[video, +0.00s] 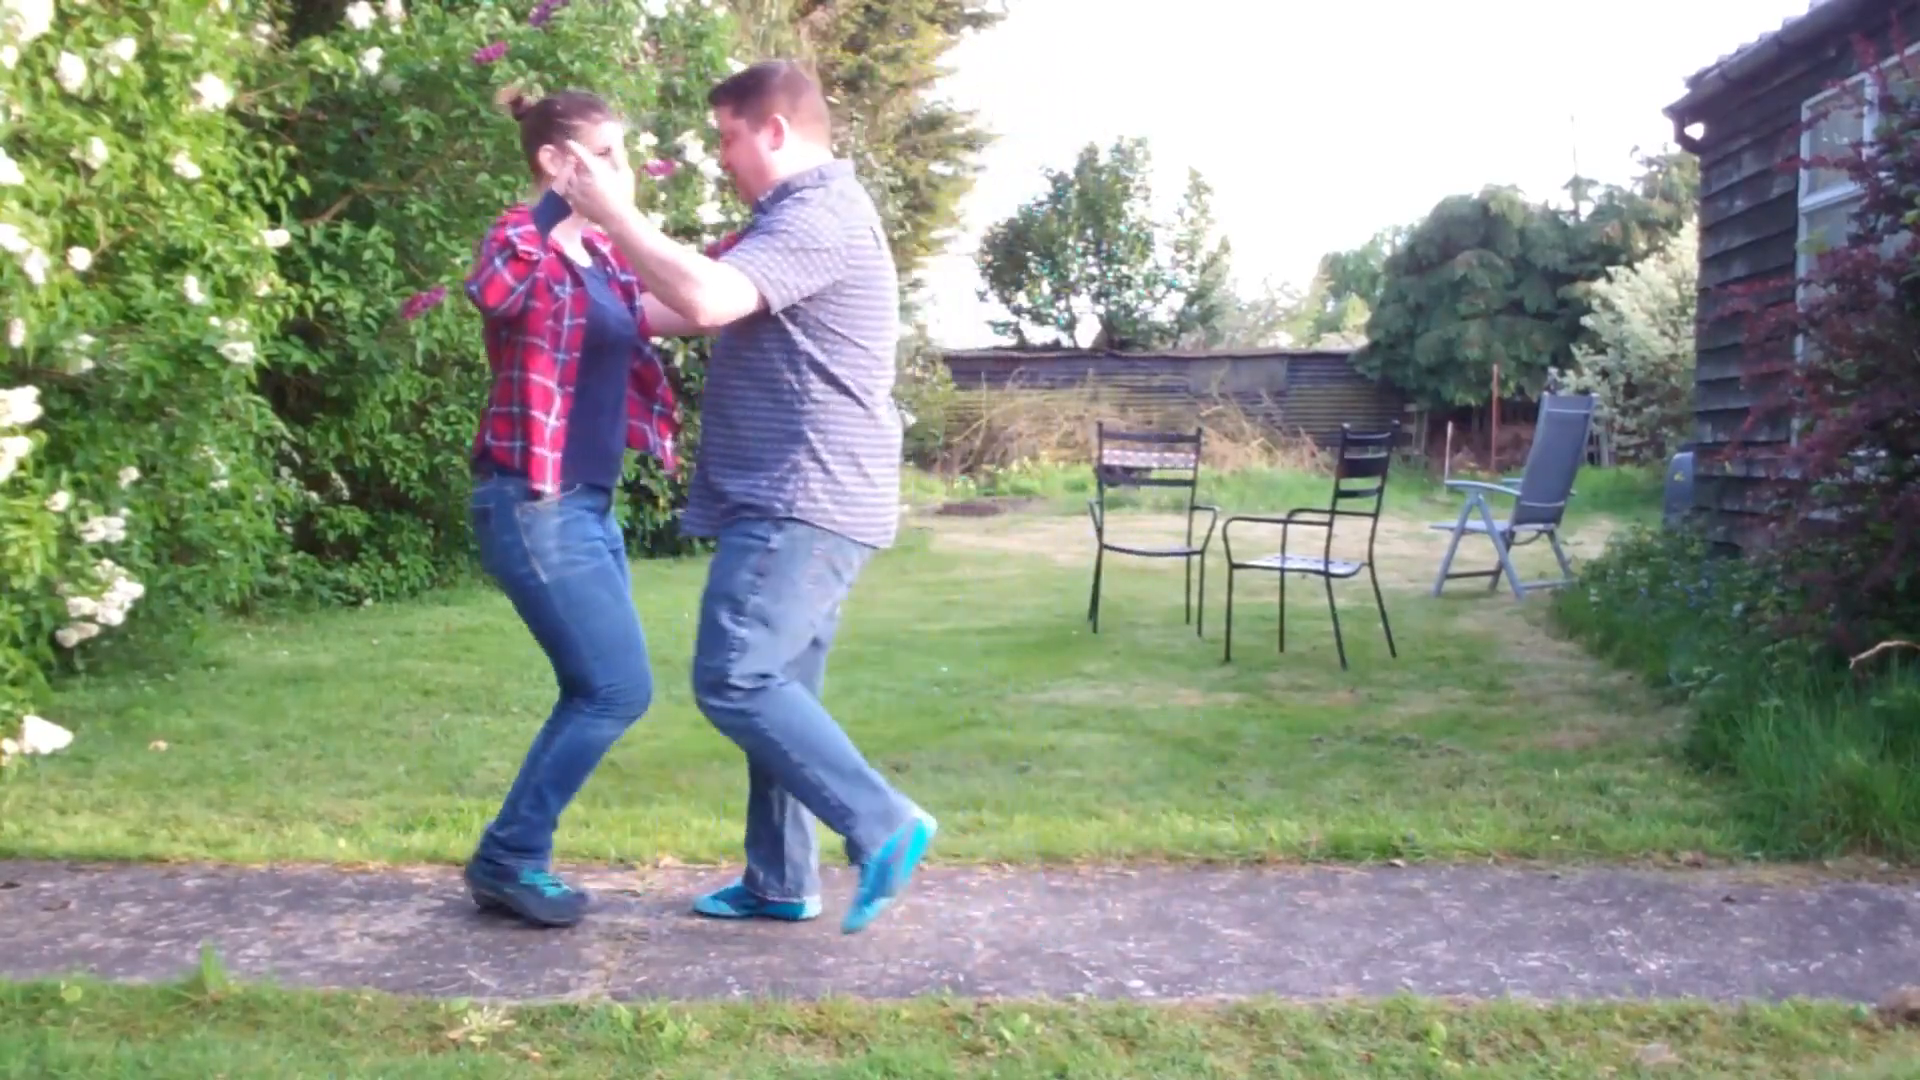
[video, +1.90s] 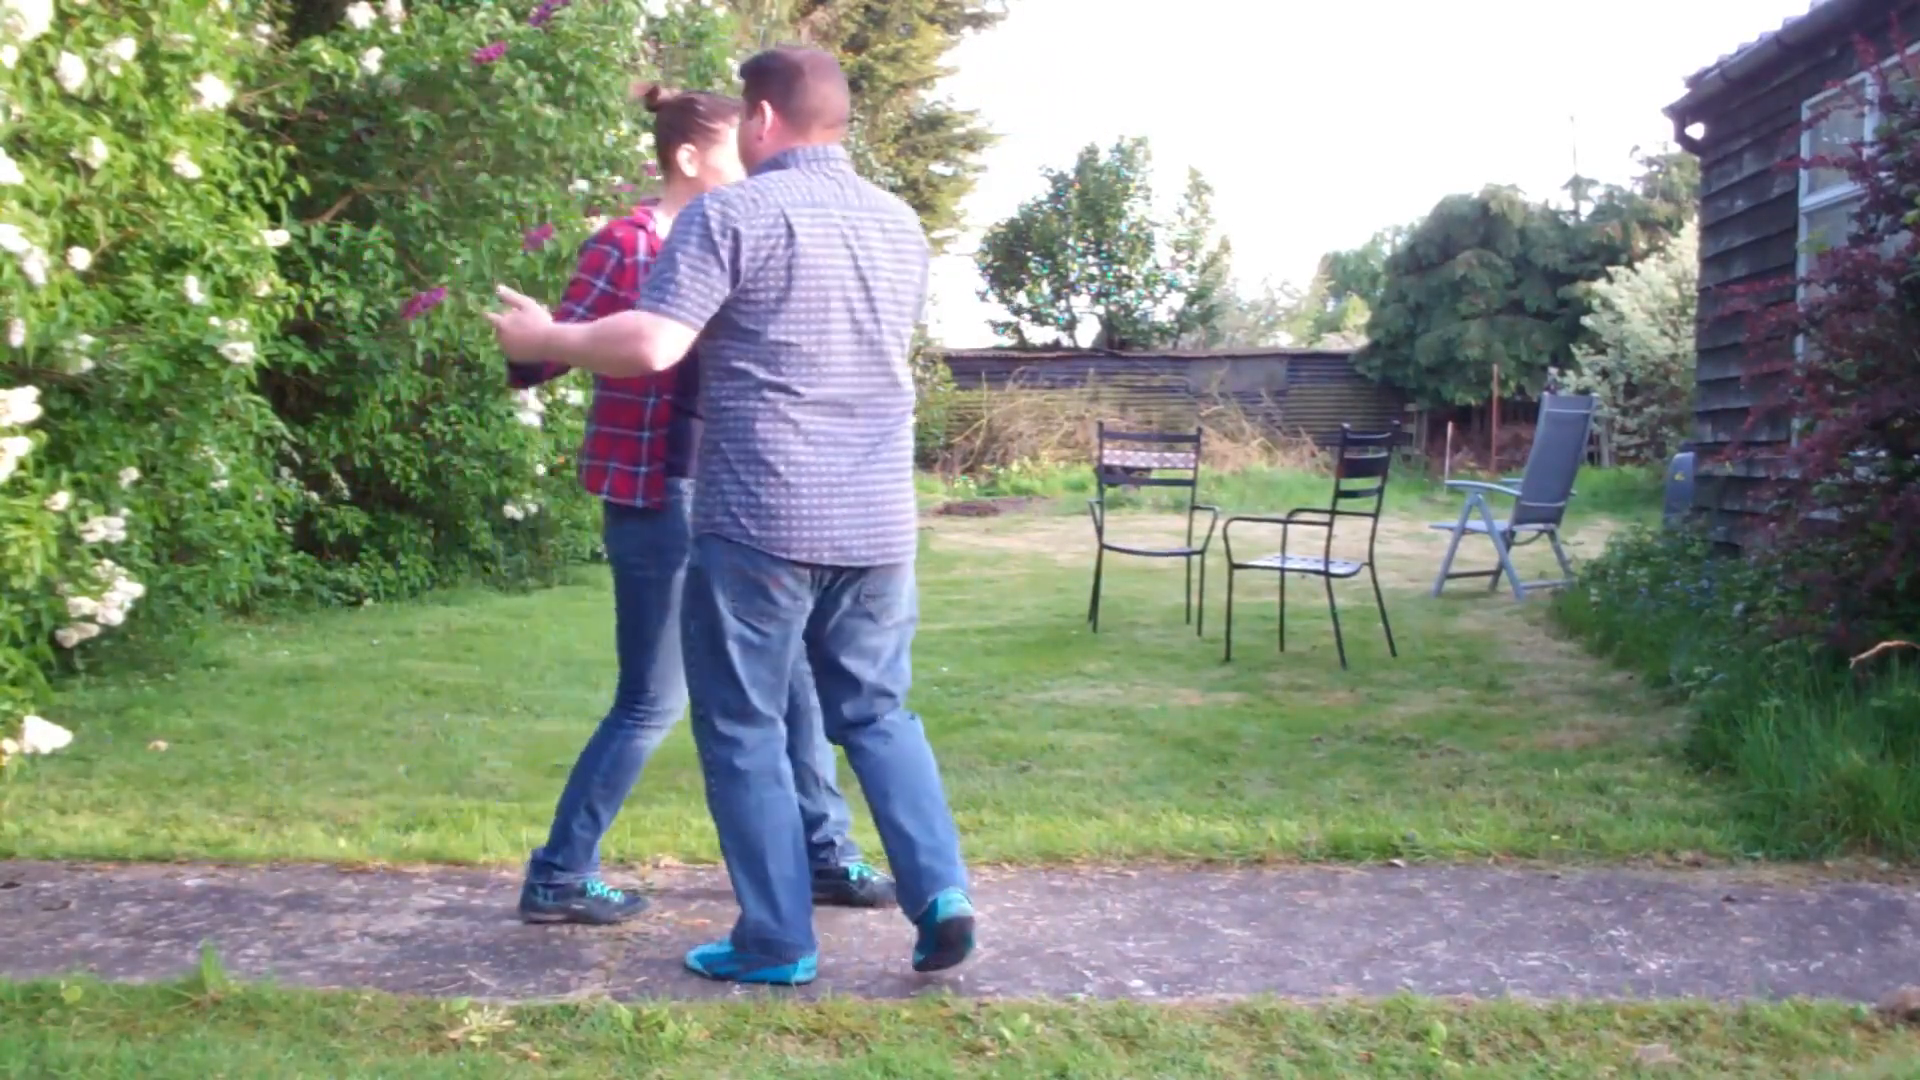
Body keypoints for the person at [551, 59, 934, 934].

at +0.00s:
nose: (720, 158)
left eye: (726, 139)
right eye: (719, 141)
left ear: (773, 131)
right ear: (785, 131)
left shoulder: (817, 212)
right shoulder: (810, 209)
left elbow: (705, 299)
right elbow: (703, 293)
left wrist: (617, 214)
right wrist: (621, 242)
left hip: (803, 496)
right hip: (807, 497)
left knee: (735, 680)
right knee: (782, 688)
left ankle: (886, 827)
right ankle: (779, 881)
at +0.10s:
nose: (689, 166)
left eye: (695, 145)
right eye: (687, 148)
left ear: (746, 133)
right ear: (756, 135)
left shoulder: (793, 211)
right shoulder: (784, 214)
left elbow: (693, 303)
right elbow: (672, 315)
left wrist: (593, 220)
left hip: (769, 497)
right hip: (791, 499)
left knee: (671, 667)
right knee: (759, 692)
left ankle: (790, 843)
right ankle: (778, 873)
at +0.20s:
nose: (659, 168)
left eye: (666, 148)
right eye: (658, 151)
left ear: (718, 135)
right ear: (726, 138)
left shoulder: (764, 213)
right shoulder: (759, 217)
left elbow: (668, 299)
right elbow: (641, 317)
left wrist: (565, 216)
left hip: (740, 500)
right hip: (775, 503)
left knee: (637, 670)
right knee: (739, 692)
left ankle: (679, 878)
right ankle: (778, 876)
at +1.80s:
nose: (720, 136)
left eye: (724, 119)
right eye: (722, 119)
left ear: (751, 118)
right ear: (820, 121)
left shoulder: (739, 207)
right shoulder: (870, 219)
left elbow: (630, 330)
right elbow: (767, 319)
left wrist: (517, 306)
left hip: (760, 514)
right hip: (870, 512)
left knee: (736, 722)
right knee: (849, 703)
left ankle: (777, 939)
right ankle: (921, 887)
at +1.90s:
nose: (739, 143)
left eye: (740, 125)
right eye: (733, 129)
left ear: (767, 118)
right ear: (843, 124)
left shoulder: (737, 216)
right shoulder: (902, 224)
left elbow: (650, 343)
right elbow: (874, 338)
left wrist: (543, 339)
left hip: (763, 514)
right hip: (880, 521)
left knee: (747, 723)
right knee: (877, 708)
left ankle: (775, 938)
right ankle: (943, 894)